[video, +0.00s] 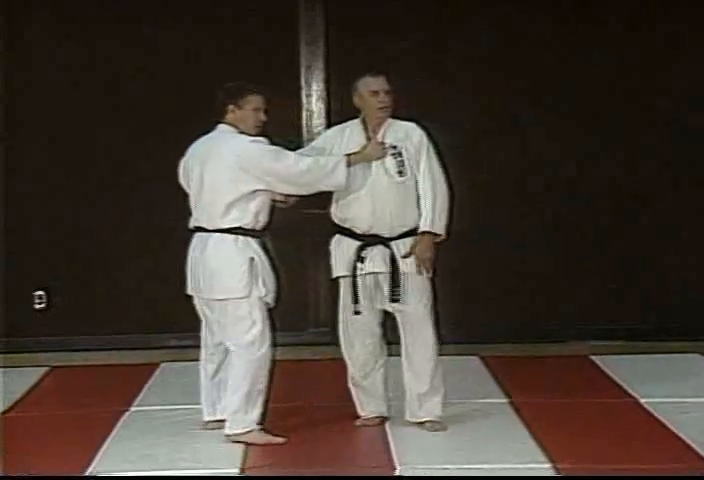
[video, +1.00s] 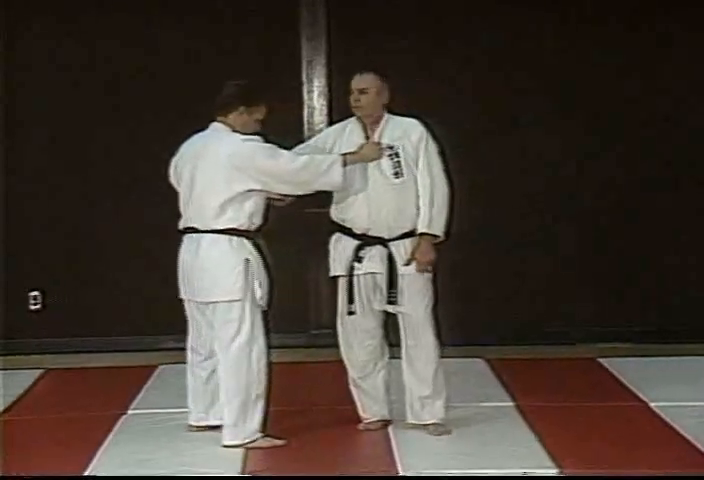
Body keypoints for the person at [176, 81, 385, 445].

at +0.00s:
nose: (262, 118)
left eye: (263, 111)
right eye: (256, 111)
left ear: (231, 114)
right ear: (233, 111)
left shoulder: (198, 148)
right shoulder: (248, 150)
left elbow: (189, 182)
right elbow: (299, 169)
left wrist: (266, 193)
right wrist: (359, 157)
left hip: (201, 251)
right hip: (235, 254)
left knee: (215, 339)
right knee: (251, 342)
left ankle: (214, 411)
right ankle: (242, 424)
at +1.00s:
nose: (260, 125)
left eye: (261, 118)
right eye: (257, 117)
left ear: (226, 113)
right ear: (238, 113)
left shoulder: (191, 146)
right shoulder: (243, 149)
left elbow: (176, 177)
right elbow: (295, 168)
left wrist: (255, 189)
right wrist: (355, 157)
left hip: (192, 251)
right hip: (229, 254)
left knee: (201, 342)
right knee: (240, 345)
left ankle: (203, 414)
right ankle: (241, 431)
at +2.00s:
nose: (259, 122)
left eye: (260, 115)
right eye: (257, 114)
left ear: (225, 112)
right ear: (239, 112)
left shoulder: (194, 143)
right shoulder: (238, 148)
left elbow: (177, 176)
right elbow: (292, 168)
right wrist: (355, 160)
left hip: (195, 248)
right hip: (229, 253)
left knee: (205, 343)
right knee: (237, 346)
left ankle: (206, 415)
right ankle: (237, 430)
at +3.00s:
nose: (261, 118)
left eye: (261, 110)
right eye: (257, 111)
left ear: (227, 114)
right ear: (237, 113)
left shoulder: (195, 146)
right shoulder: (242, 150)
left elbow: (179, 176)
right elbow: (296, 169)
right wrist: (359, 161)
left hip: (195, 251)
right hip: (229, 256)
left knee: (208, 344)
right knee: (242, 346)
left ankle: (207, 416)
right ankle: (239, 431)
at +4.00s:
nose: (269, 121)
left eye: (270, 114)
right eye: (266, 114)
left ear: (231, 113)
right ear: (248, 111)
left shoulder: (202, 147)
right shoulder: (252, 151)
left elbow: (190, 174)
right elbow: (304, 170)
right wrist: (366, 159)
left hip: (205, 247)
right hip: (239, 252)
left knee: (213, 341)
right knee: (247, 344)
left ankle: (211, 413)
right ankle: (240, 428)